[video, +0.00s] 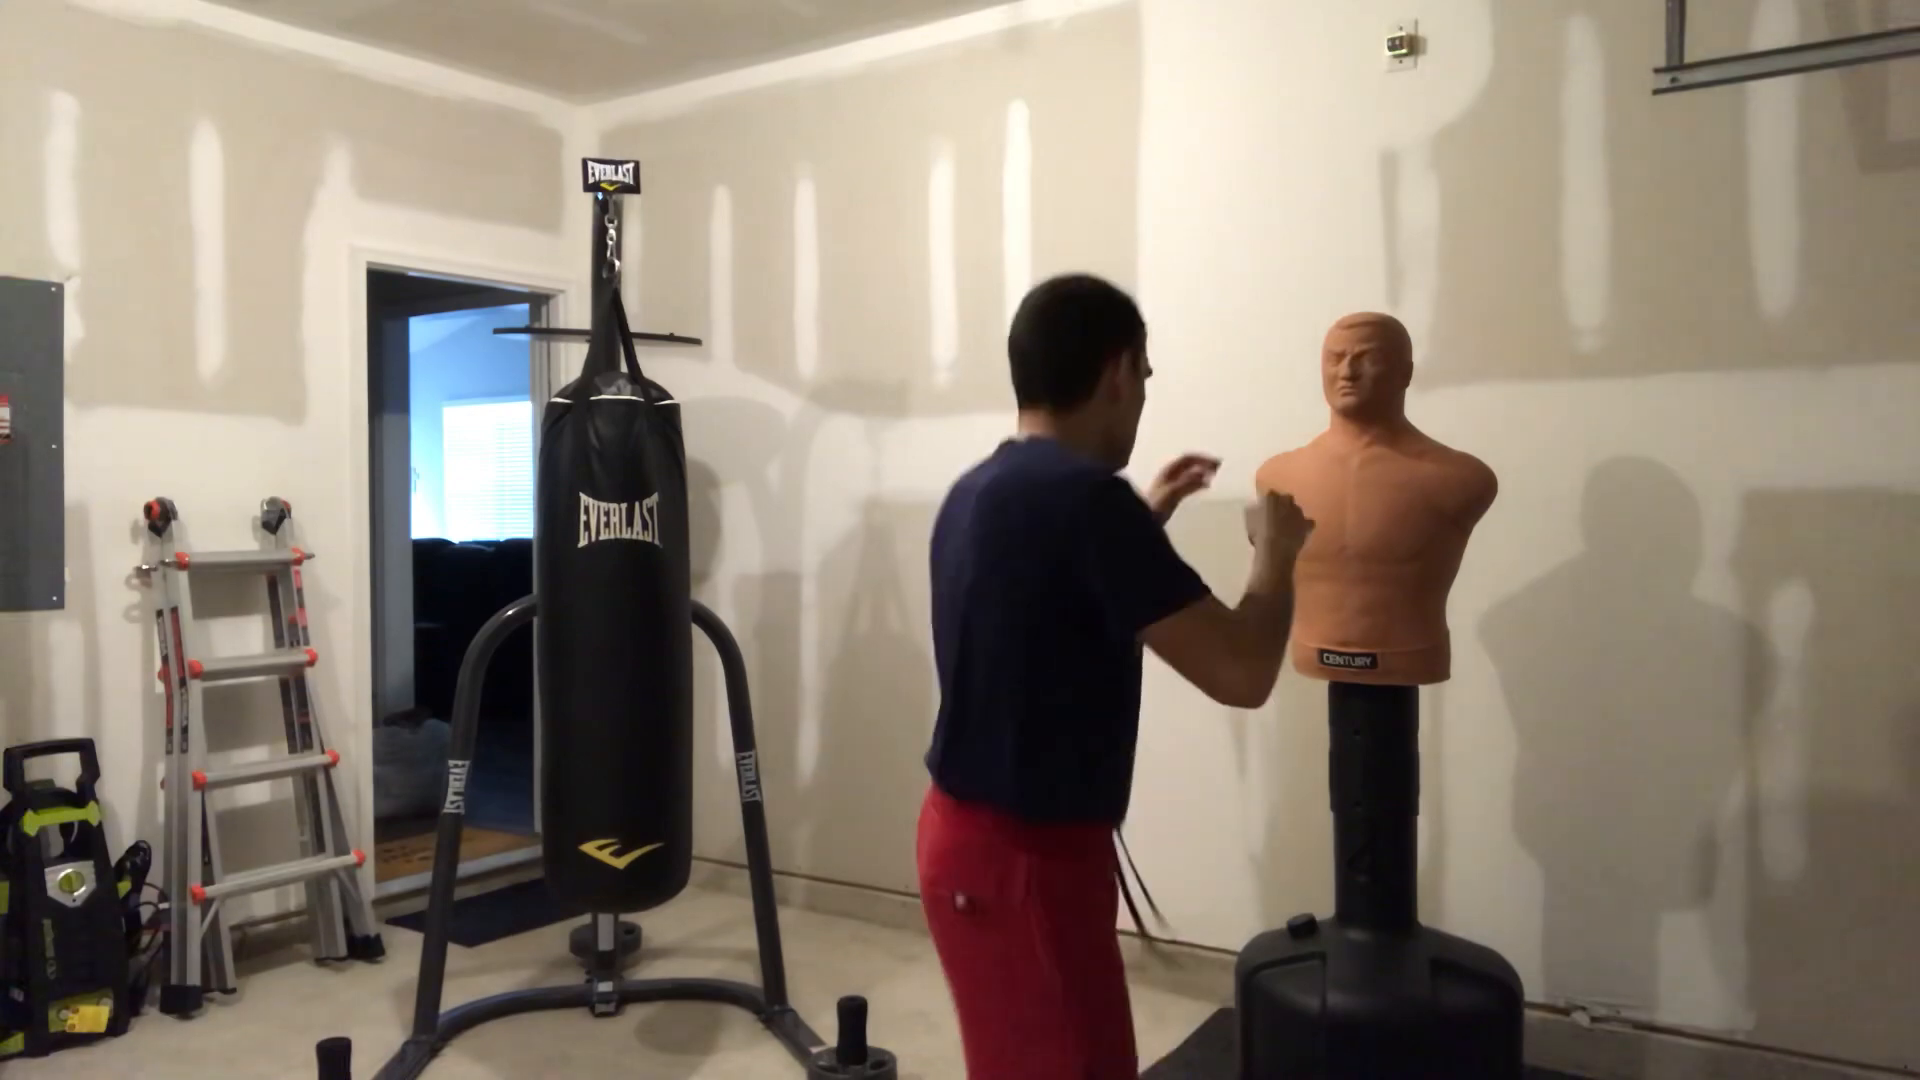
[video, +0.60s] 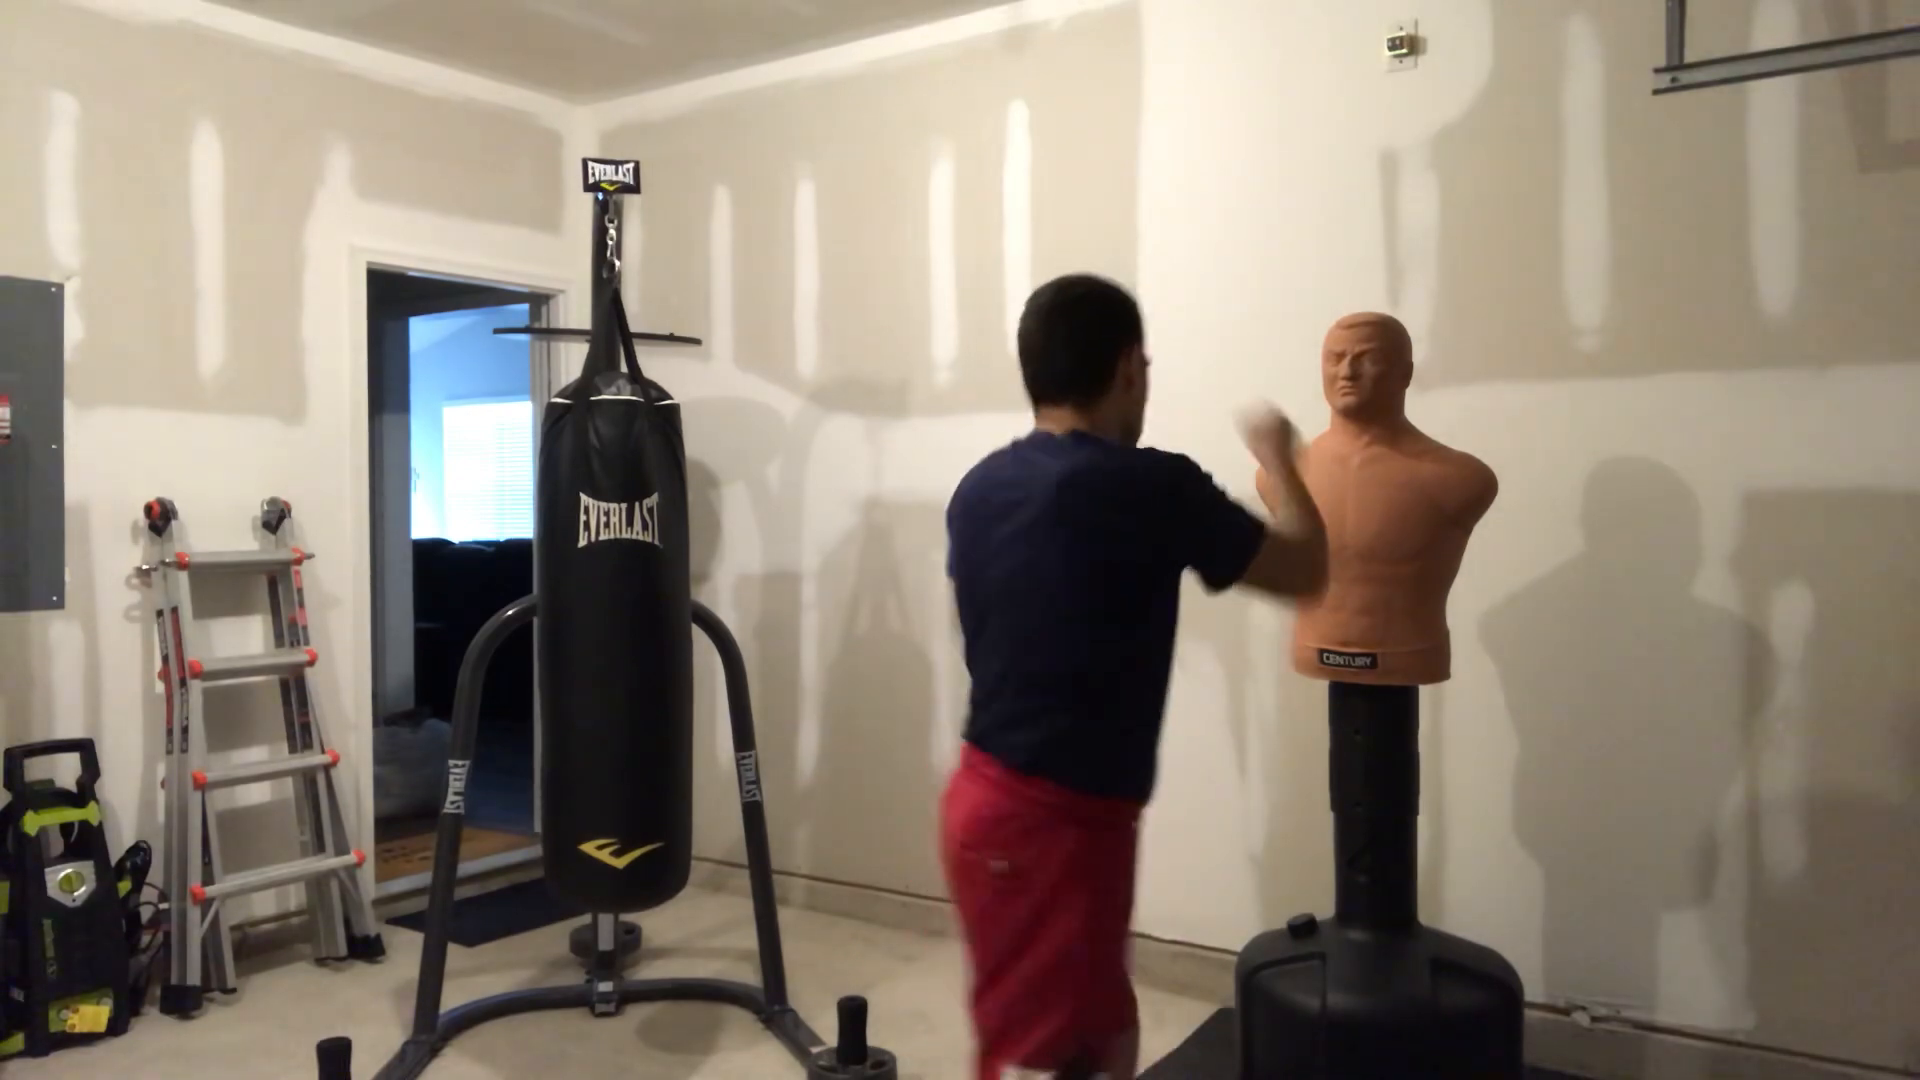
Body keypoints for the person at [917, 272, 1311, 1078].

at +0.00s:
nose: (1144, 398)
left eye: (1144, 376)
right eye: (1142, 375)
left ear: (1025, 375)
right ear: (1111, 376)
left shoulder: (974, 494)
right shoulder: (1084, 501)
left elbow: (1061, 616)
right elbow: (1242, 673)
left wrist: (1146, 516)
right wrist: (1274, 553)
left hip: (962, 843)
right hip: (1035, 855)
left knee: (1011, 1064)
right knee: (1088, 1065)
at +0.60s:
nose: (1148, 380)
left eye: (1144, 363)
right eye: (1144, 362)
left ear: (1032, 372)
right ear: (1127, 367)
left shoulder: (979, 489)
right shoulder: (1152, 486)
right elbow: (1304, 568)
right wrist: (1280, 461)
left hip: (980, 809)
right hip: (1069, 828)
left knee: (1106, 1041)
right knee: (1055, 1053)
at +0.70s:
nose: (1116, 382)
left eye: (1111, 369)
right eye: (1110, 370)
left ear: (1008, 389)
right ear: (1098, 378)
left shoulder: (966, 515)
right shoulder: (1148, 481)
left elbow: (940, 693)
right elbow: (1271, 475)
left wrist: (1018, 622)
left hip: (1021, 809)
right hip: (1121, 812)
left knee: (1065, 1031)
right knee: (1121, 1040)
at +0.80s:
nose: (1083, 381)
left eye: (1075, 366)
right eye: (1078, 367)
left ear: (977, 396)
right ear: (1068, 379)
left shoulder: (949, 535)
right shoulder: (1136, 456)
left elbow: (947, 730)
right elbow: (1225, 381)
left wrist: (977, 645)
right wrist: (1161, 295)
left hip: (1057, 798)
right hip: (1166, 784)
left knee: (1118, 1033)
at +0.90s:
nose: (1053, 379)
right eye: (1050, 368)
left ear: (951, 393)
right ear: (1046, 380)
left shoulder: (930, 537)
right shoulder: (1114, 437)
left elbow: (865, 702)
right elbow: (1241, 352)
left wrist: (847, 601)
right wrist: (1258, 286)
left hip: (1102, 801)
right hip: (1219, 751)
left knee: (1138, 1047)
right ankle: (1422, 1062)